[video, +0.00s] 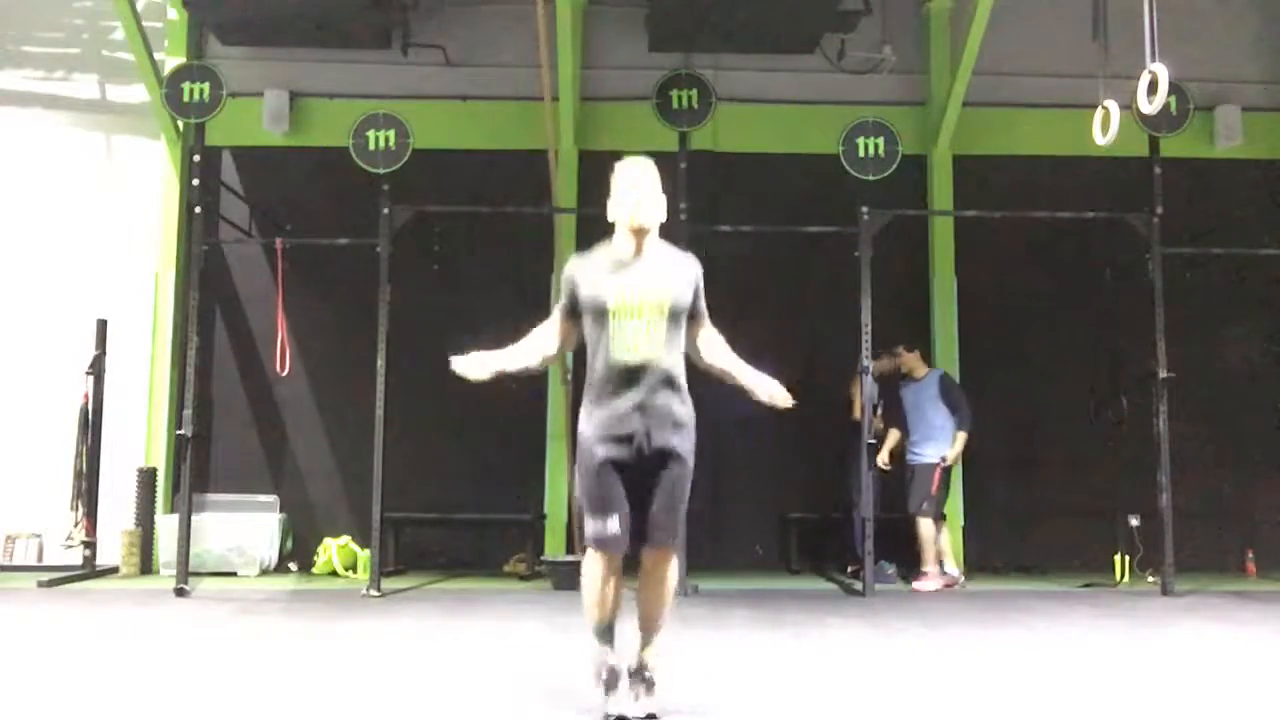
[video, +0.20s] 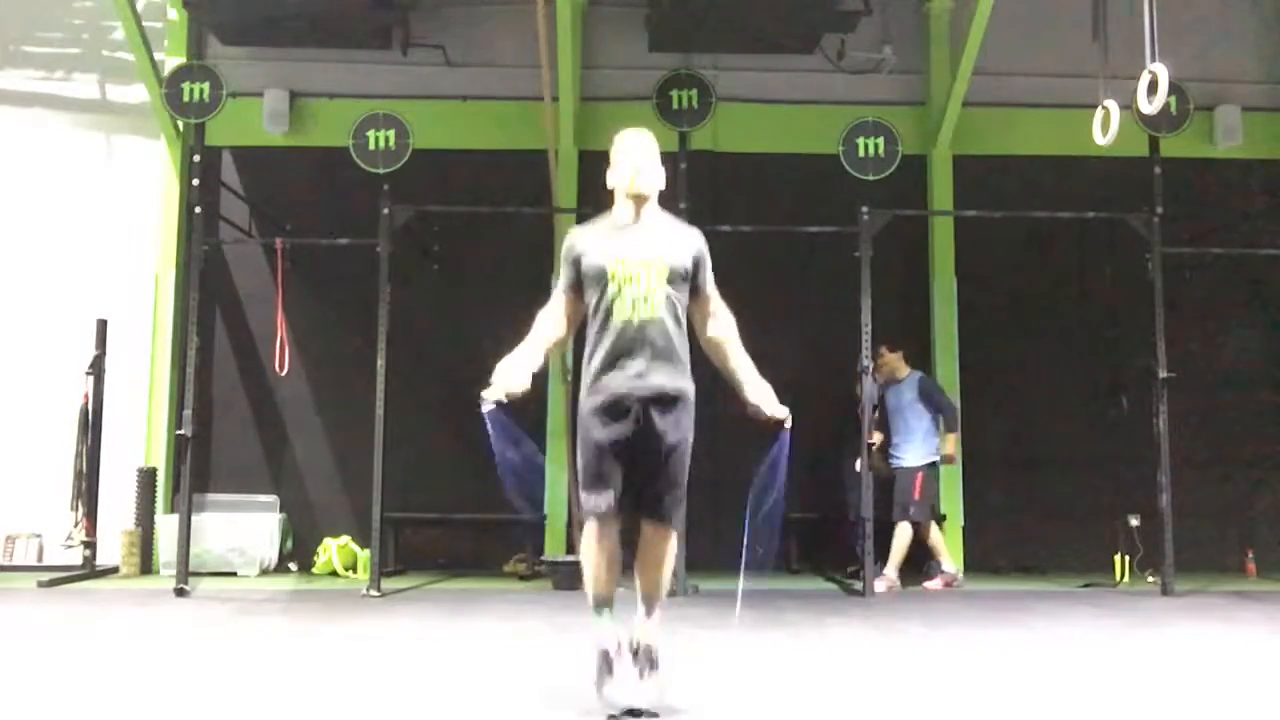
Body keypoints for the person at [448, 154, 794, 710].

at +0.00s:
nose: (642, 201)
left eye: (650, 191)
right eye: (632, 191)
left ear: (663, 202)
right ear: (612, 202)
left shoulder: (685, 269)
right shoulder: (582, 269)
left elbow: (704, 339)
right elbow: (554, 338)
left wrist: (752, 378)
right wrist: (496, 360)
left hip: (670, 421)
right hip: (603, 422)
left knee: (661, 546)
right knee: (606, 542)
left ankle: (644, 663)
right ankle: (604, 653)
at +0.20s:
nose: (641, 171)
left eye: (649, 162)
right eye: (631, 162)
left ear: (662, 173)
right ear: (611, 173)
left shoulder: (688, 240)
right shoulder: (583, 241)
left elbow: (713, 321)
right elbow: (561, 314)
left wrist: (754, 386)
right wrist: (520, 361)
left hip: (668, 395)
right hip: (603, 395)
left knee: (660, 518)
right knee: (600, 514)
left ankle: (647, 635)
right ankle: (603, 638)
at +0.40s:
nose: (642, 147)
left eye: (650, 139)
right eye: (632, 139)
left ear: (666, 149)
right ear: (615, 149)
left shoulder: (693, 219)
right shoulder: (586, 220)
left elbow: (713, 295)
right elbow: (559, 290)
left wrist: (732, 357)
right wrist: (539, 346)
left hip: (671, 366)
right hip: (604, 365)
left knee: (663, 485)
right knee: (606, 480)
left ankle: (647, 610)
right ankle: (606, 600)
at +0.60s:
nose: (643, 235)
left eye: (652, 225)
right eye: (633, 225)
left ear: (666, 232)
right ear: (616, 233)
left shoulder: (692, 301)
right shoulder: (587, 303)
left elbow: (721, 369)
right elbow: (550, 371)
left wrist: (784, 402)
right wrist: (484, 371)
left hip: (672, 447)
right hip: (607, 446)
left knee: (665, 570)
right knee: (612, 563)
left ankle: (648, 673)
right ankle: (615, 675)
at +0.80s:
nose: (644, 156)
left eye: (652, 148)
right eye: (634, 148)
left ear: (667, 160)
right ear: (617, 161)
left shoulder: (695, 227)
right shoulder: (590, 230)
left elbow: (723, 302)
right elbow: (560, 305)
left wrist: (765, 363)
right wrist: (516, 358)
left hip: (675, 375)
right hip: (611, 376)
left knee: (668, 498)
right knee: (611, 491)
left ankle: (655, 615)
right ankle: (611, 612)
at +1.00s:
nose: (647, 161)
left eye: (656, 153)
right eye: (637, 153)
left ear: (672, 163)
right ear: (619, 165)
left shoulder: (697, 232)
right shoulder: (592, 233)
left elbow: (713, 304)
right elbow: (567, 307)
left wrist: (742, 366)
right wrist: (528, 364)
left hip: (680, 379)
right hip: (615, 380)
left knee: (672, 496)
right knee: (617, 495)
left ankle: (659, 613)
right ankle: (620, 605)